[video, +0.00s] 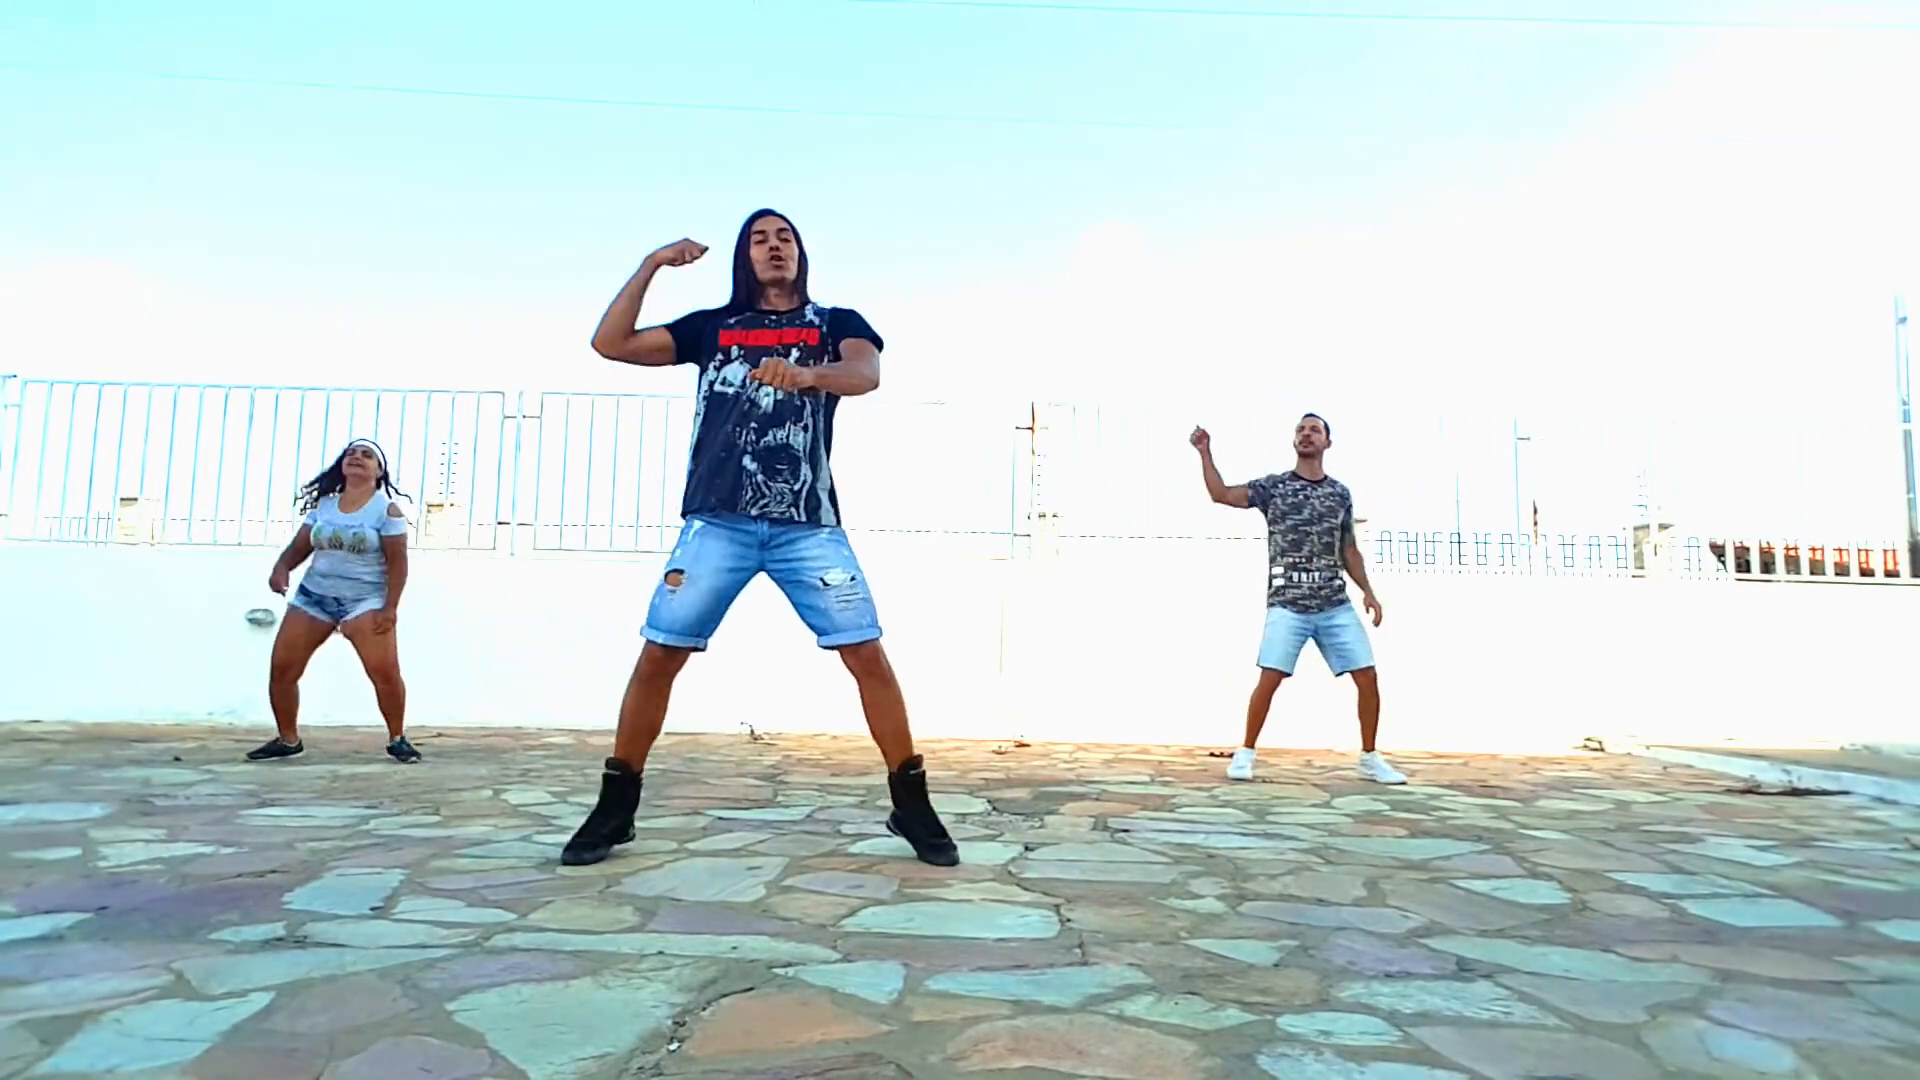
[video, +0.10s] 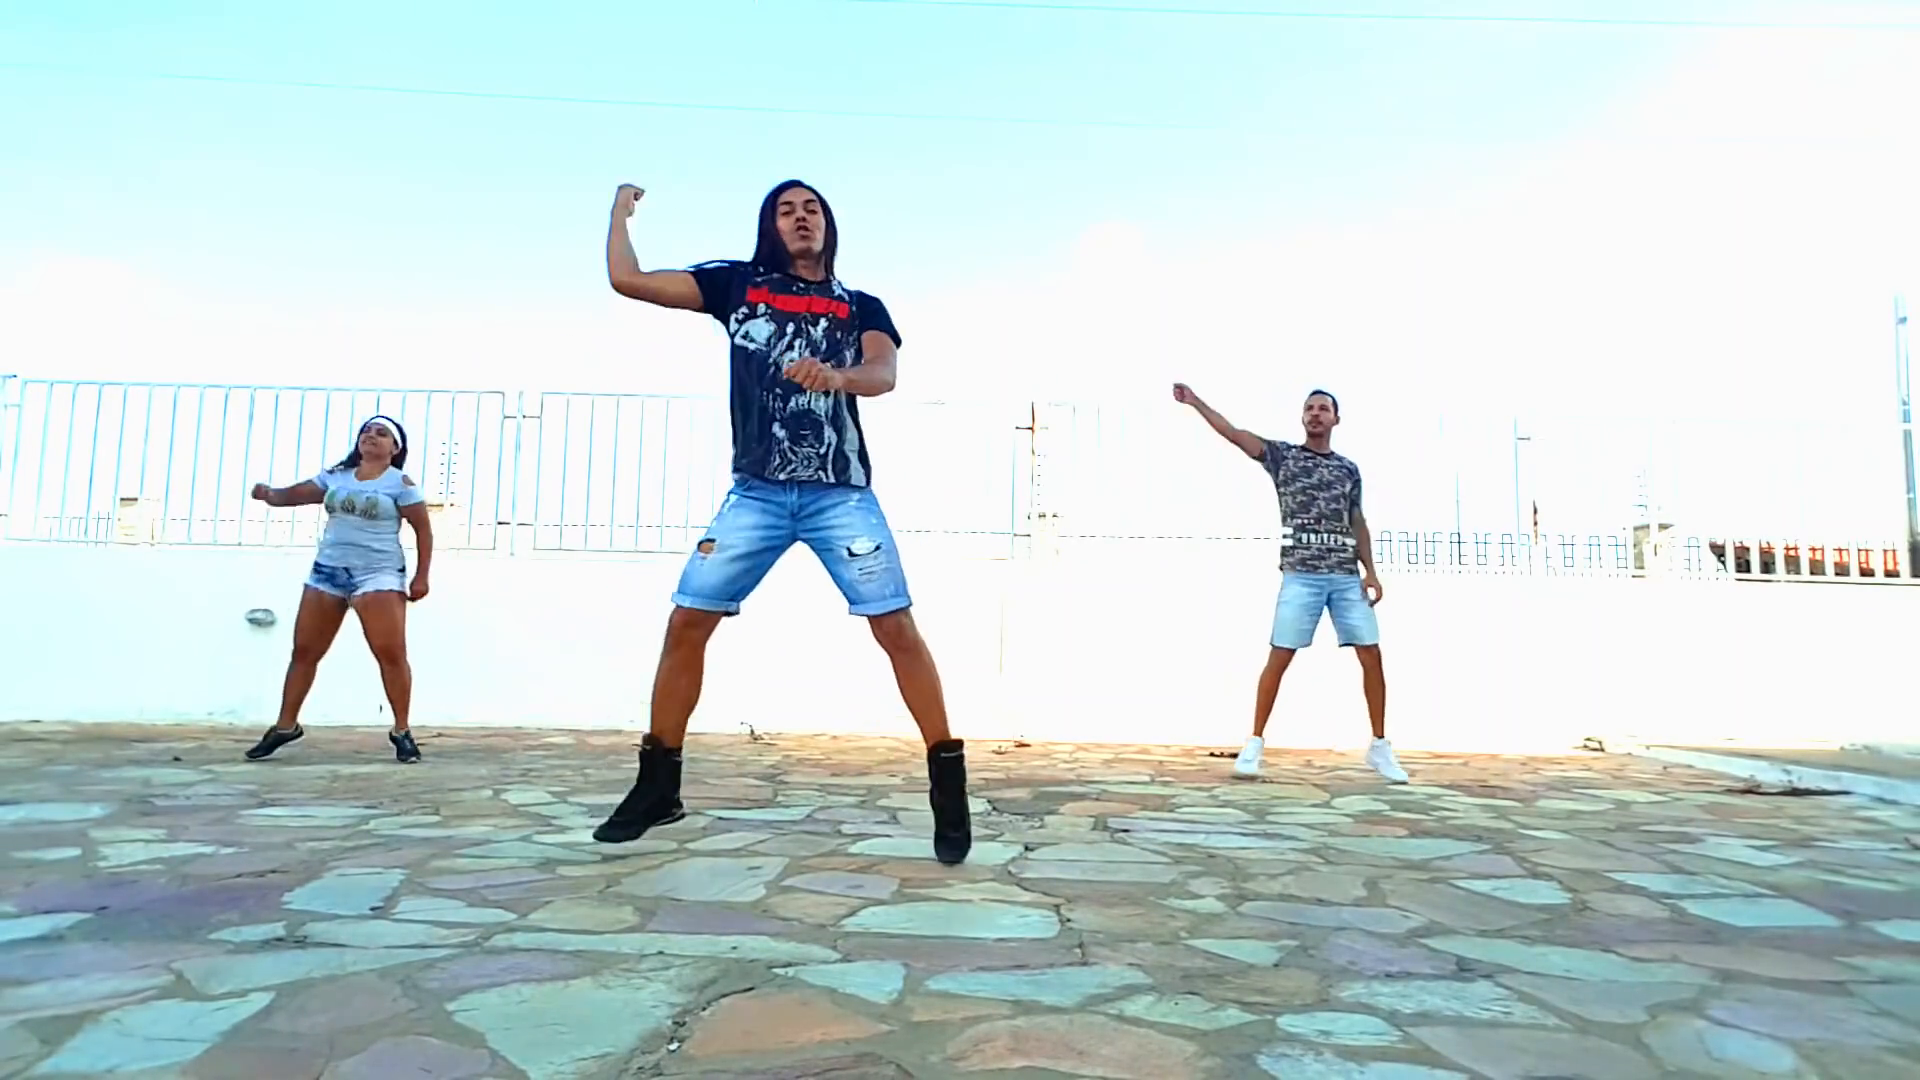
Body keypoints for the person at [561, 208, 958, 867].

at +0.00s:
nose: (773, 244)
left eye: (783, 236)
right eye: (760, 238)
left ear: (801, 256)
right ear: (742, 259)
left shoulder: (838, 321)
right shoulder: (713, 327)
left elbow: (864, 373)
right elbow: (613, 343)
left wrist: (807, 376)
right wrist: (648, 265)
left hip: (808, 525)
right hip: (718, 522)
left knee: (868, 653)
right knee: (659, 655)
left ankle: (912, 802)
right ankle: (615, 806)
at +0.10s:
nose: (800, 215)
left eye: (810, 208)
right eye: (787, 210)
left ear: (830, 226)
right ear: (769, 231)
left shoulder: (861, 306)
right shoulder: (738, 284)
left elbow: (881, 375)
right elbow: (628, 277)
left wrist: (835, 377)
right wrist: (620, 212)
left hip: (842, 495)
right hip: (756, 493)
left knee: (897, 631)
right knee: (687, 622)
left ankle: (948, 781)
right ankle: (657, 785)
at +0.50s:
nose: (917, 246)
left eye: (928, 237)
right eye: (905, 239)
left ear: (947, 254)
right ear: (888, 258)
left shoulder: (984, 328)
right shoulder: (860, 326)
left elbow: (1025, 408)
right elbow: (757, 305)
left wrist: (978, 436)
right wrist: (796, 240)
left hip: (971, 527)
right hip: (881, 523)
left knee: (1016, 660)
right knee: (813, 651)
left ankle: (1039, 811)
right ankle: (762, 800)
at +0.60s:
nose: (949, 227)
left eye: (959, 218)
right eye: (936, 220)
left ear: (978, 235)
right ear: (918, 239)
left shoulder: (1011, 315)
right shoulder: (888, 302)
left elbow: (1052, 397)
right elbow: (791, 271)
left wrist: (1007, 428)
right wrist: (792, 231)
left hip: (1003, 506)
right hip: (917, 504)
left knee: (1060, 638)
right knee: (838, 630)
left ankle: (1085, 796)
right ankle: (828, 782)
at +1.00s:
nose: (1069, 233)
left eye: (1079, 224)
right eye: (1056, 227)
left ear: (1099, 242)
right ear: (1039, 248)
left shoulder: (1138, 316)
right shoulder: (1017, 321)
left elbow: (1176, 404)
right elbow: (914, 299)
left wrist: (1141, 455)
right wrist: (947, 252)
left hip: (1132, 514)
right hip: (1043, 511)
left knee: (1177, 648)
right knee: (975, 637)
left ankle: (1196, 804)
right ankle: (920, 788)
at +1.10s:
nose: (1086, 218)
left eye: (1098, 211)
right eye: (1073, 213)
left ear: (1119, 232)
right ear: (1057, 237)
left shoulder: (1158, 301)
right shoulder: (1038, 299)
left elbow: (1197, 391)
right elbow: (961, 267)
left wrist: (1172, 451)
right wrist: (929, 243)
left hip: (1150, 500)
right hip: (1063, 500)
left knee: (1203, 637)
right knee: (999, 628)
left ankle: (1237, 793)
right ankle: (963, 785)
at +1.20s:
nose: (1105, 244)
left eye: (1117, 236)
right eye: (1091, 239)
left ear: (1139, 256)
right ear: (1074, 262)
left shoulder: (1179, 324)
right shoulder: (1057, 326)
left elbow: (1211, 417)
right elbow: (965, 267)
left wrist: (1212, 494)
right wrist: (913, 191)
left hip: (1168, 529)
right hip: (1079, 527)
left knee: (1232, 655)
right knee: (1017, 651)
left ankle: (1279, 812)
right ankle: (1004, 812)